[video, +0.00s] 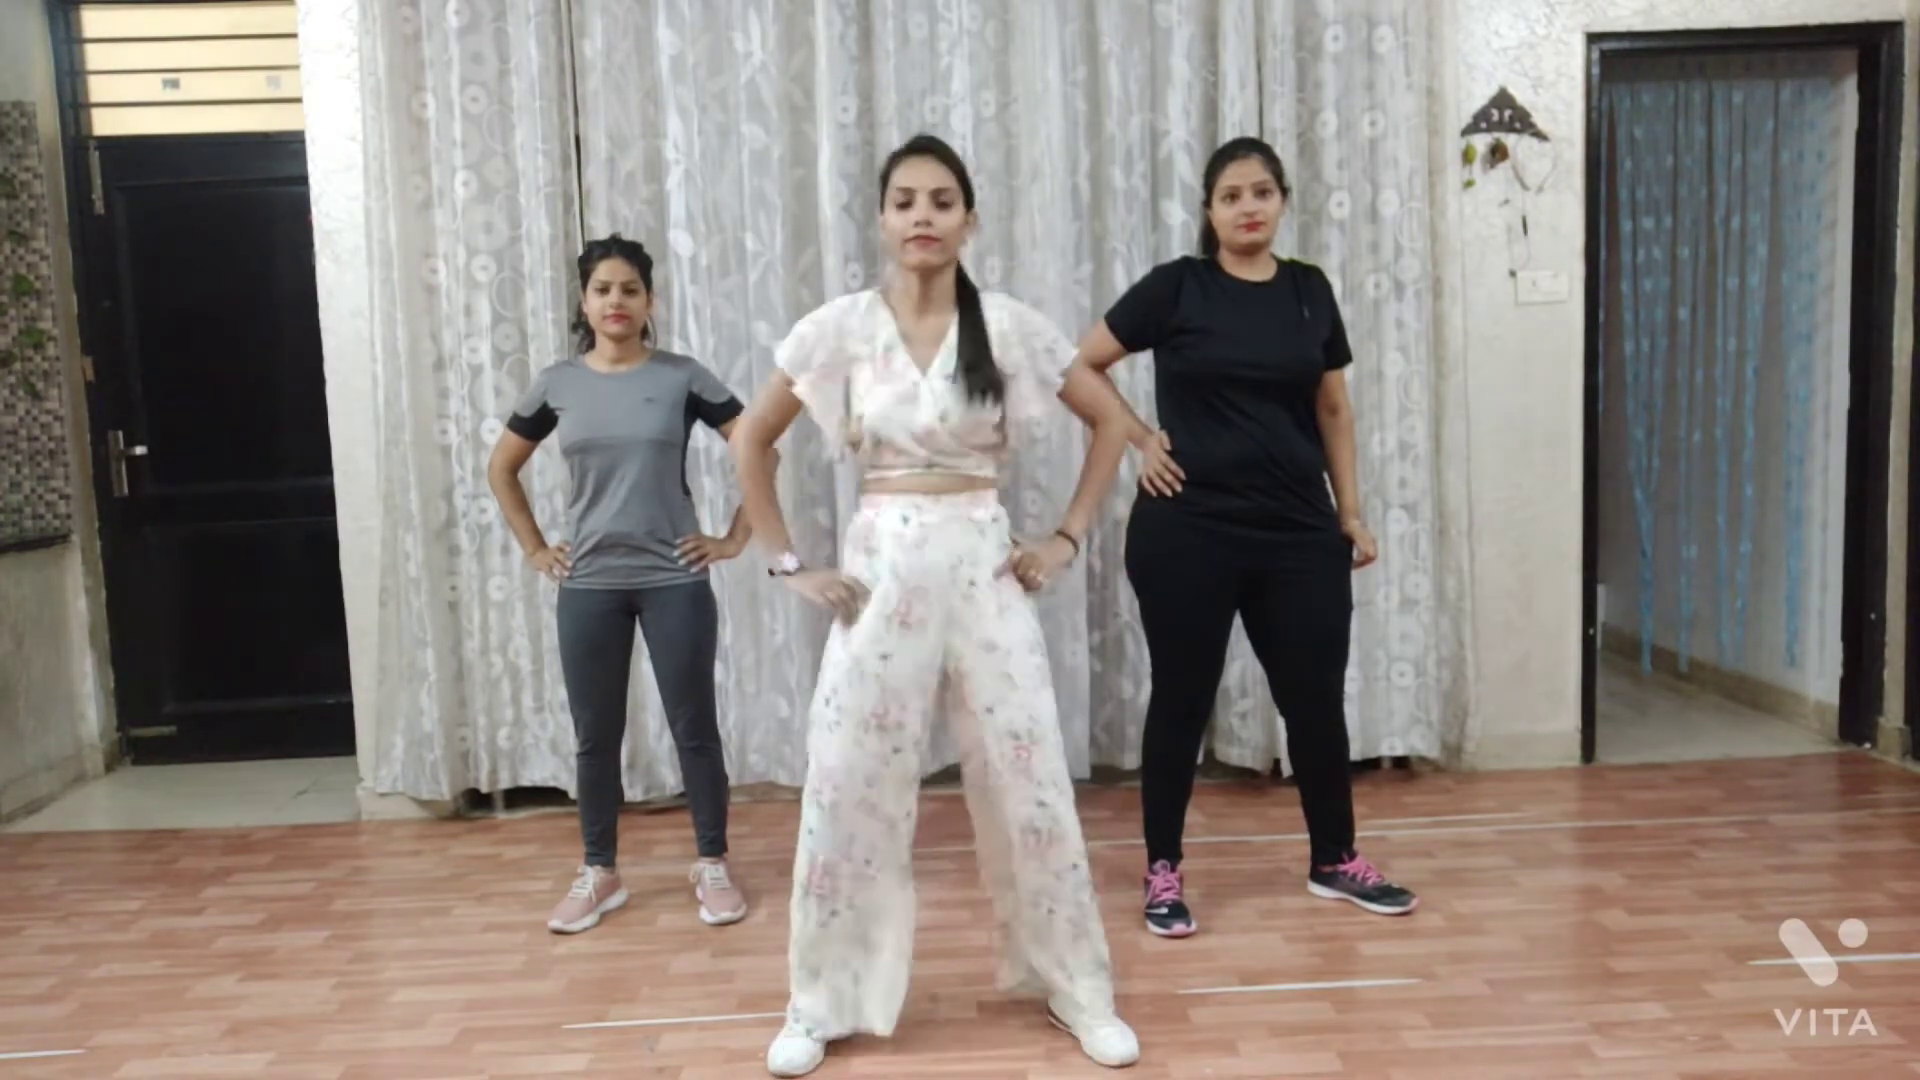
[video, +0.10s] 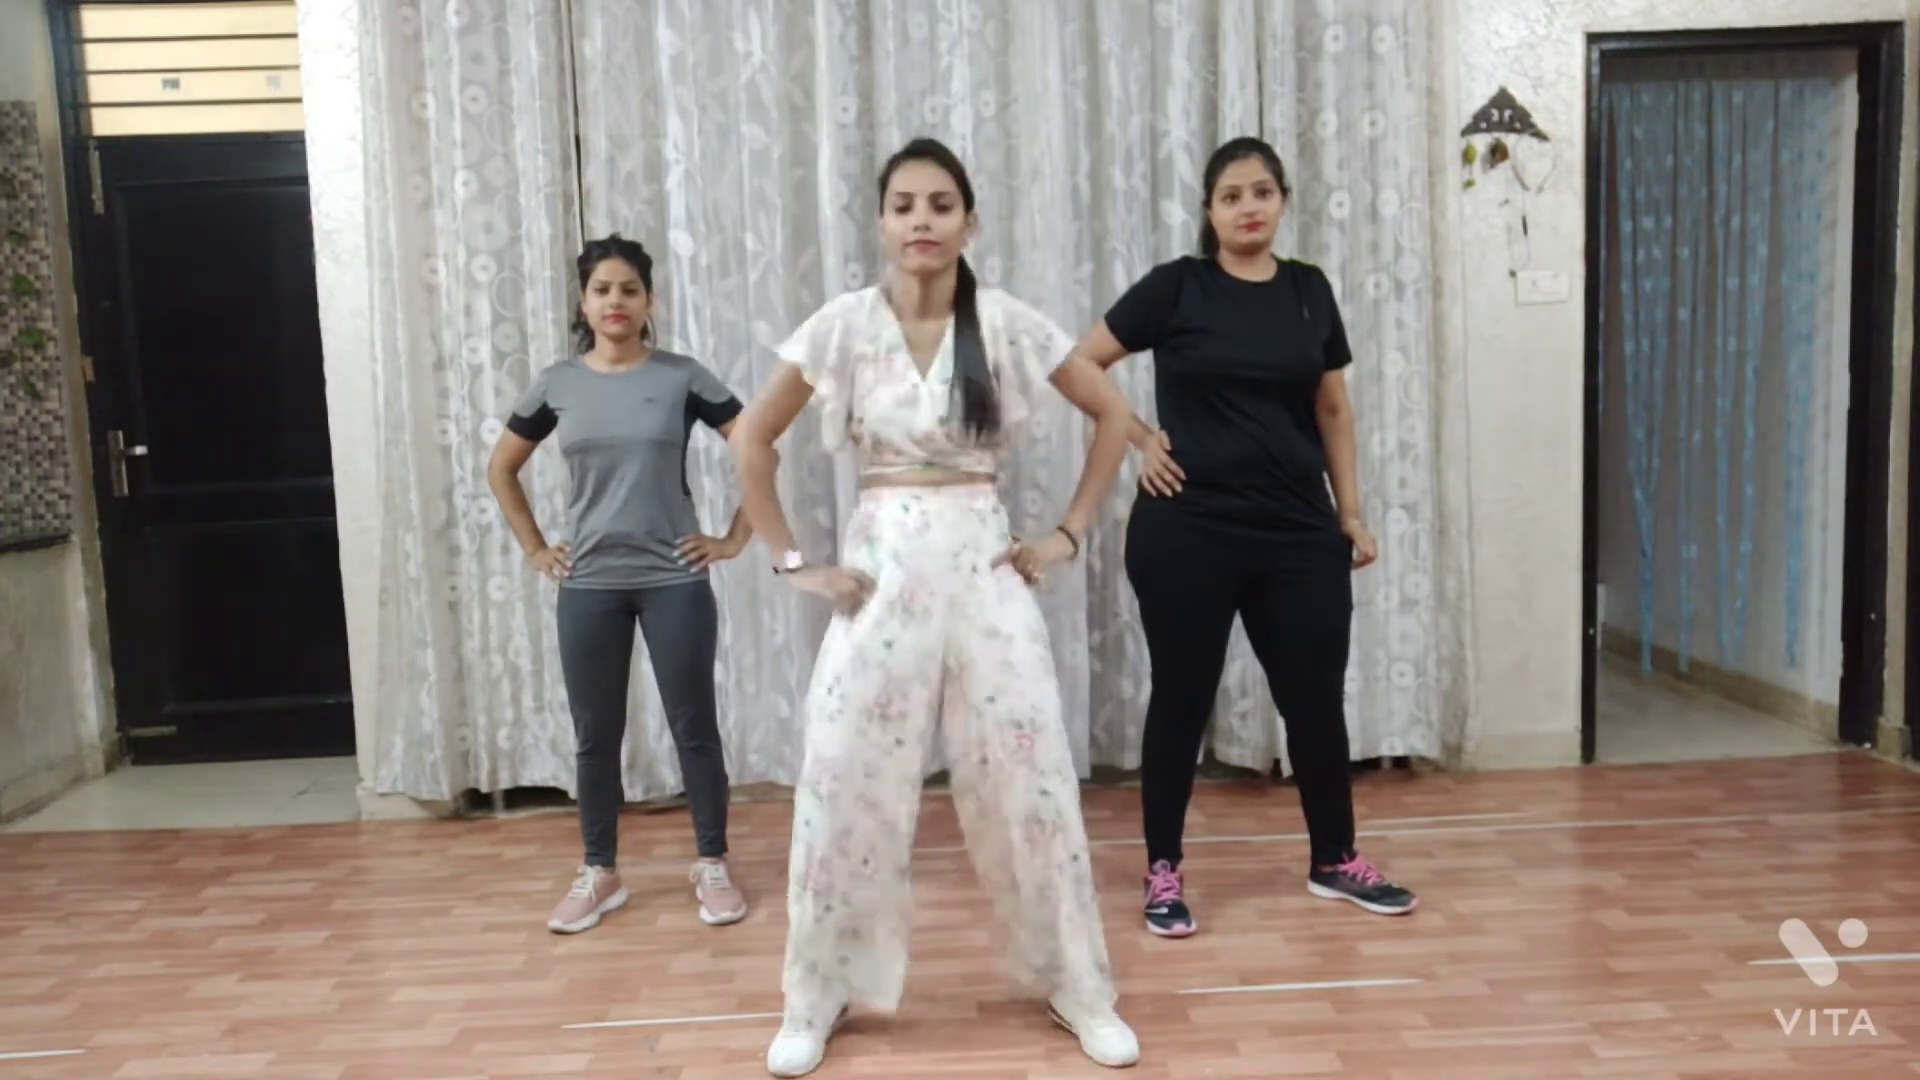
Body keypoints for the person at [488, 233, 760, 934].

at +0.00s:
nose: (616, 302)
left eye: (629, 290)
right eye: (603, 290)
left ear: (649, 302)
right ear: (583, 302)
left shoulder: (682, 378)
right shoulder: (557, 385)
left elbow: (758, 448)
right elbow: (502, 467)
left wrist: (734, 537)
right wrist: (537, 549)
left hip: (675, 573)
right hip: (589, 578)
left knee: (693, 725)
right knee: (595, 735)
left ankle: (712, 866)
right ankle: (599, 872)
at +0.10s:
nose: (616, 302)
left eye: (629, 290)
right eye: (603, 290)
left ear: (648, 301)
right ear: (583, 302)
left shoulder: (683, 378)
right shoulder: (556, 384)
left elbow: (759, 448)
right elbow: (501, 466)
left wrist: (735, 537)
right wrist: (536, 549)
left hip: (674, 573)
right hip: (589, 578)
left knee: (693, 725)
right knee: (594, 734)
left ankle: (712, 865)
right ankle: (599, 872)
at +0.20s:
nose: (615, 302)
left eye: (628, 290)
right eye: (602, 290)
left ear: (647, 301)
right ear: (582, 302)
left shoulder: (682, 378)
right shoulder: (556, 385)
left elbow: (760, 449)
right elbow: (501, 467)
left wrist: (735, 537)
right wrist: (537, 549)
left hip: (674, 574)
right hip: (589, 578)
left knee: (693, 725)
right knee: (594, 735)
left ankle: (712, 866)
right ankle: (599, 872)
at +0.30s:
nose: (615, 302)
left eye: (628, 290)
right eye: (601, 290)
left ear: (647, 301)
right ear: (581, 302)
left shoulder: (682, 378)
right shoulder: (555, 385)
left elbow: (761, 451)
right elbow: (501, 467)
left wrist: (733, 538)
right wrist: (537, 549)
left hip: (674, 574)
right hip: (589, 579)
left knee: (693, 726)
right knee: (594, 735)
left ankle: (712, 866)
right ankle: (599, 872)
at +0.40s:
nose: (613, 301)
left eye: (627, 289)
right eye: (600, 290)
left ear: (647, 301)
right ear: (581, 301)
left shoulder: (682, 378)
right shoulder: (556, 385)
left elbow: (763, 453)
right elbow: (500, 468)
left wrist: (733, 538)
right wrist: (537, 548)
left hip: (674, 574)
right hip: (589, 579)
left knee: (693, 726)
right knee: (595, 736)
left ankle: (712, 866)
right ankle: (599, 872)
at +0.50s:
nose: (613, 301)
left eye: (626, 290)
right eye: (600, 290)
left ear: (646, 302)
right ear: (580, 302)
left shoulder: (681, 378)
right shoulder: (555, 385)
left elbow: (763, 452)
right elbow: (500, 468)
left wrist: (734, 537)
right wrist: (537, 550)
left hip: (674, 574)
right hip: (588, 579)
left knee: (693, 726)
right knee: (594, 736)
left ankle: (712, 866)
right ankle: (599, 872)